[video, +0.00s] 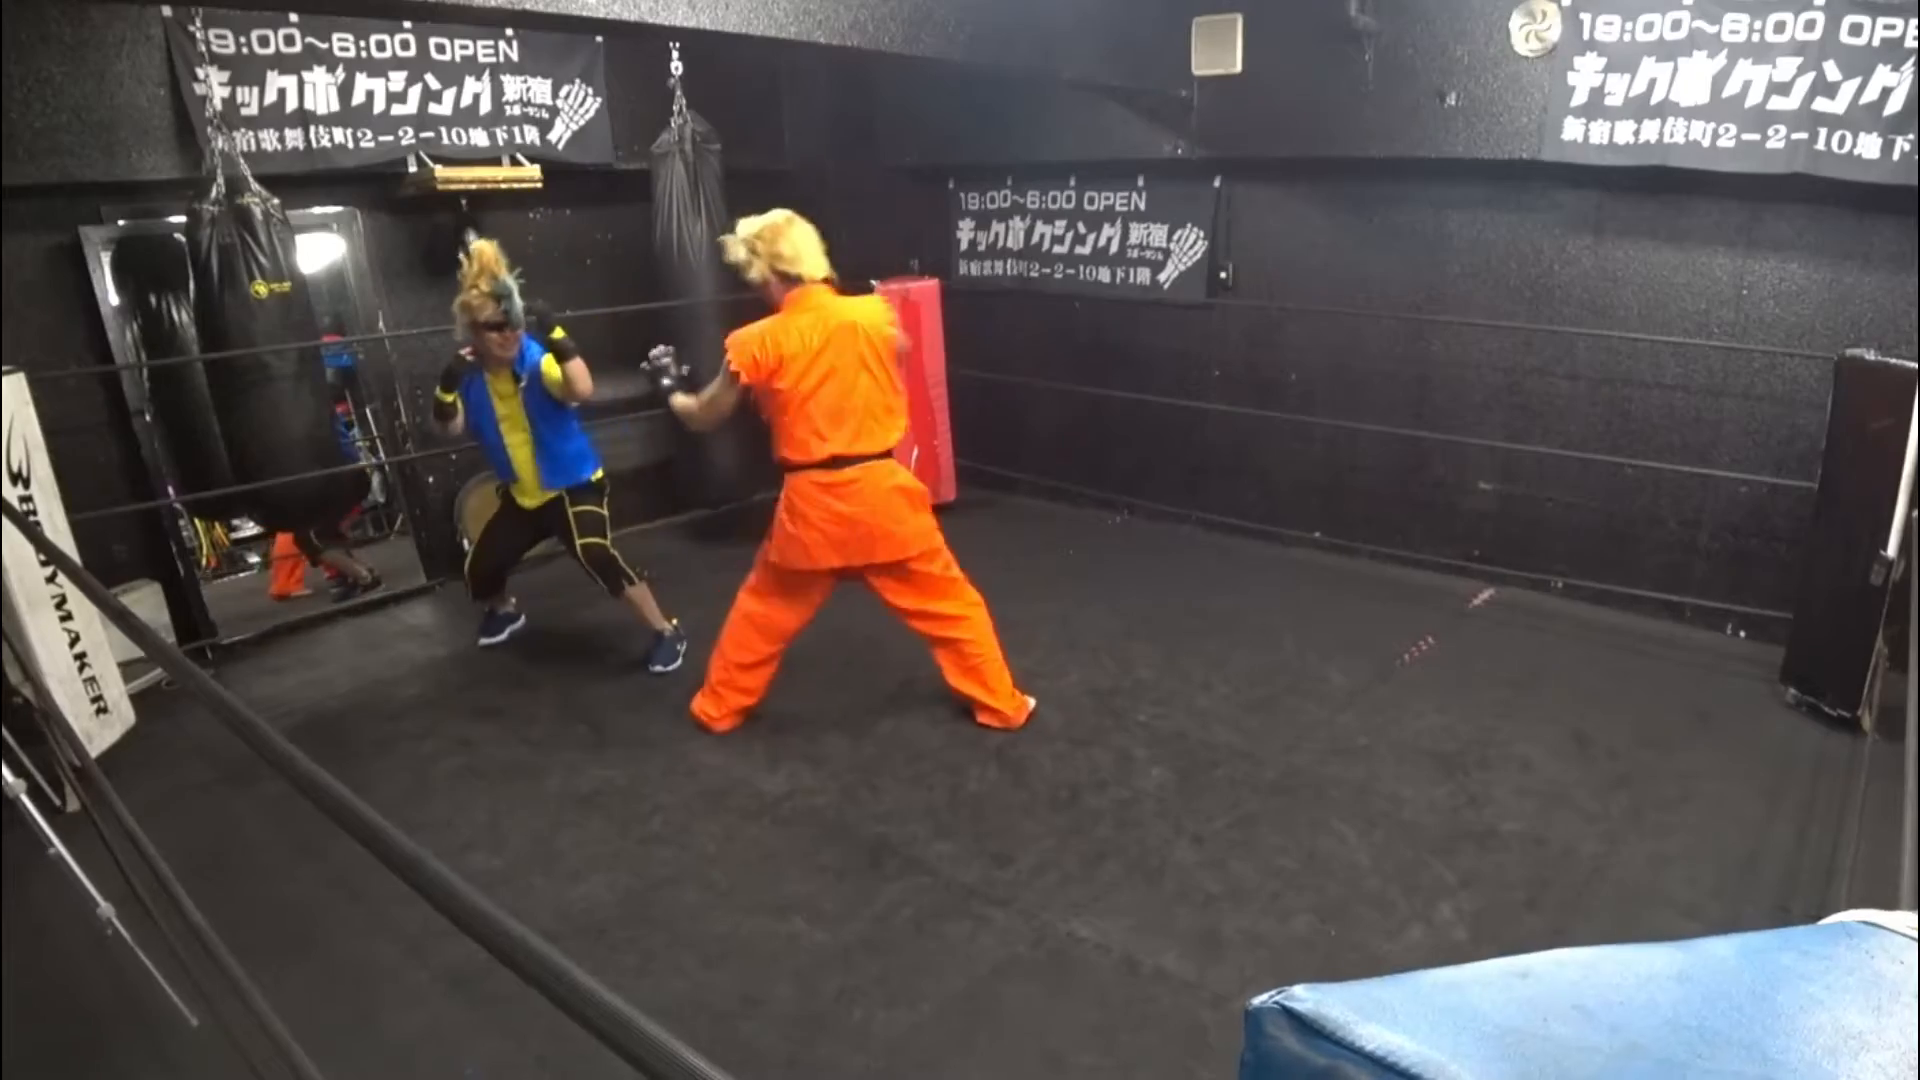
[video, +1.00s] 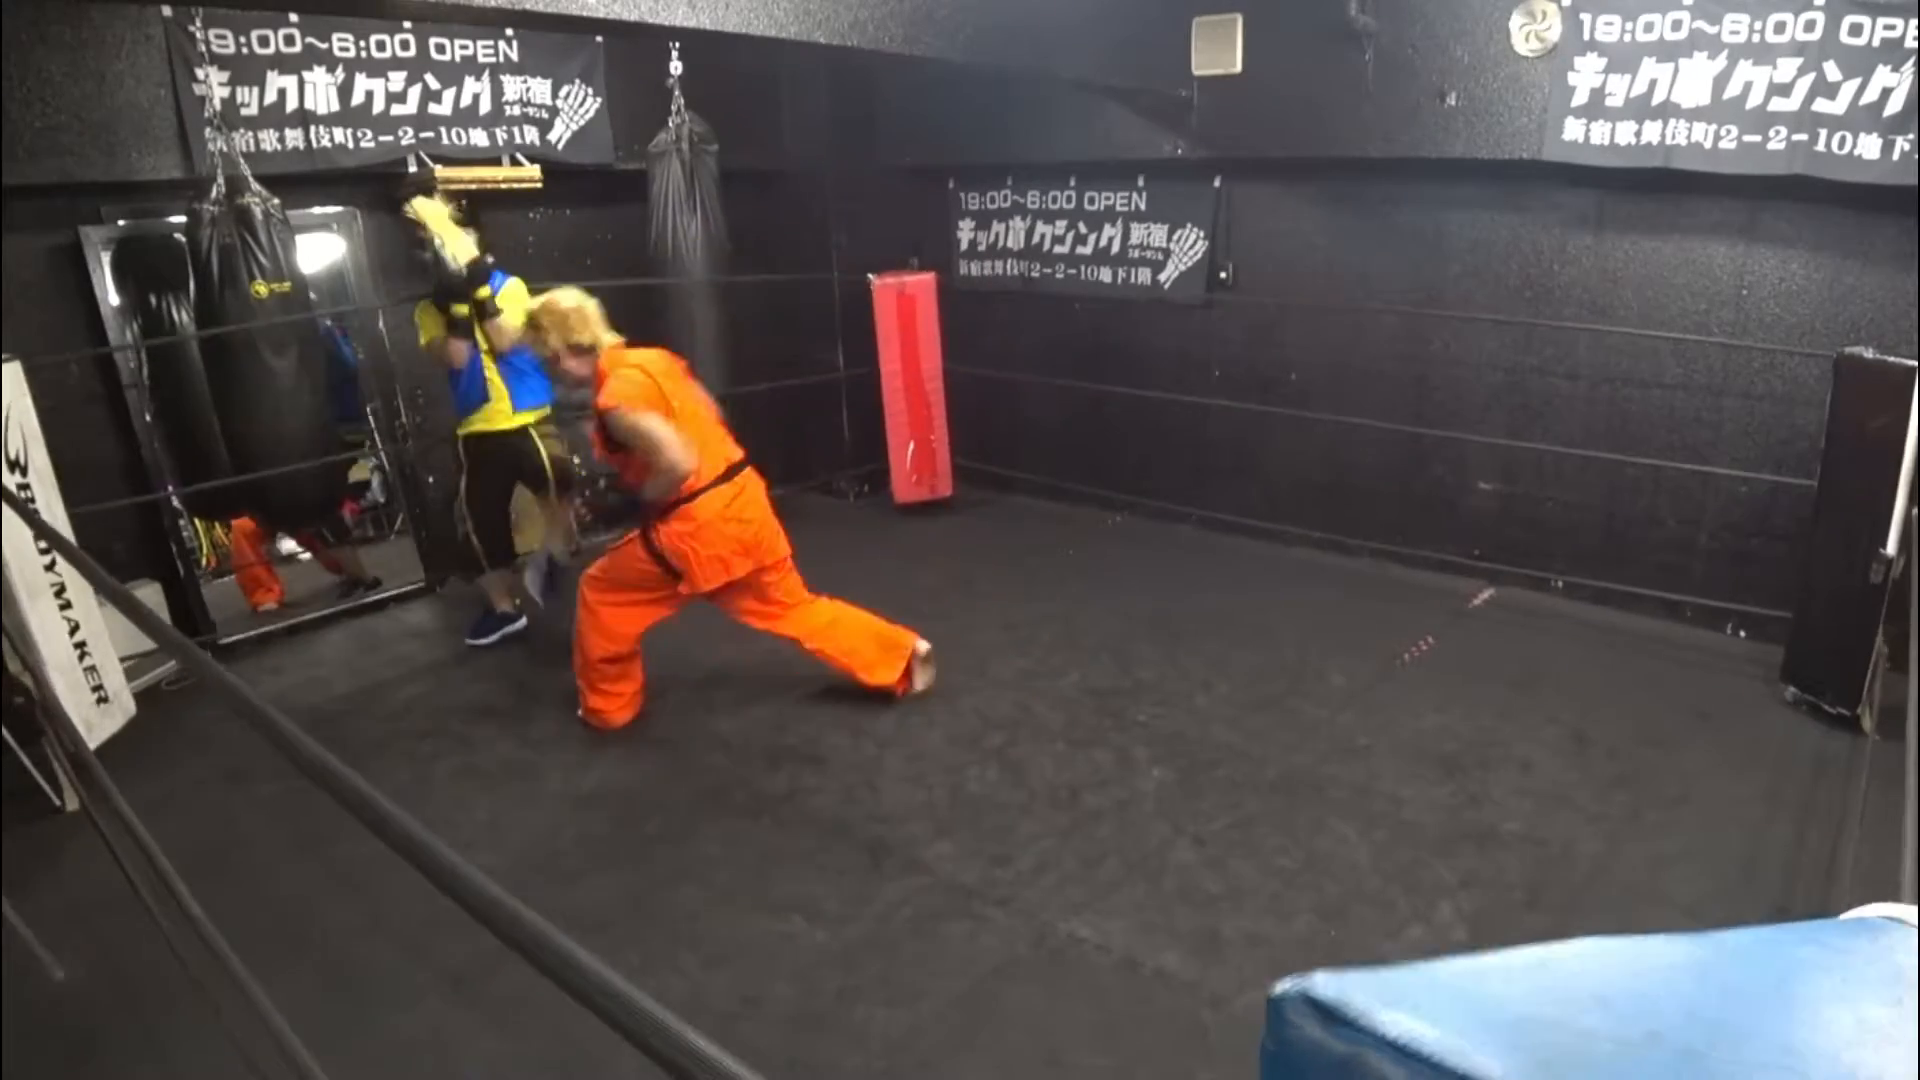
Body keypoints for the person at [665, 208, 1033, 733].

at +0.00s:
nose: (755, 290)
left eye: (756, 279)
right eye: (753, 279)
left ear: (773, 274)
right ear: (820, 262)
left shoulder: (759, 342)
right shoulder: (876, 315)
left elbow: (704, 414)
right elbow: (899, 356)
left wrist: (672, 390)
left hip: (813, 504)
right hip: (887, 493)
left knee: (766, 603)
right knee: (949, 599)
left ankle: (718, 707)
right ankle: (1002, 705)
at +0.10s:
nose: (779, 287)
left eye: (781, 277)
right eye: (779, 277)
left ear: (793, 280)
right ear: (846, 269)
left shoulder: (780, 345)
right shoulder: (892, 327)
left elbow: (715, 398)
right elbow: (976, 367)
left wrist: (684, 393)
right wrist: (929, 346)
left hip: (813, 510)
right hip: (887, 503)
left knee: (779, 607)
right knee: (958, 603)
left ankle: (723, 702)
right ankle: (1003, 704)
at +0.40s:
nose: (838, 306)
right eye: (834, 297)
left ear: (776, 314)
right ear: (828, 304)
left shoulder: (754, 373)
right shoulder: (851, 348)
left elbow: (684, 422)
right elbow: (917, 351)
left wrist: (678, 479)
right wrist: (976, 332)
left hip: (772, 526)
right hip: (846, 524)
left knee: (714, 605)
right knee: (928, 610)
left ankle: (646, 694)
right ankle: (1001, 703)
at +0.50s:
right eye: (763, 285)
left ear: (705, 304)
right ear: (764, 294)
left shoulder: (691, 366)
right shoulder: (798, 349)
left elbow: (659, 445)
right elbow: (843, 406)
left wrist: (677, 478)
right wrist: (881, 429)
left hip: (725, 521)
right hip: (800, 513)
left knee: (672, 608)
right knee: (882, 612)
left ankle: (630, 704)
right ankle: (987, 694)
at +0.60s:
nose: (624, 321)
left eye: (624, 312)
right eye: (621, 311)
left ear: (641, 310)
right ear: (685, 299)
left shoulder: (652, 371)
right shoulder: (738, 348)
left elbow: (666, 466)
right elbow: (789, 432)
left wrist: (639, 457)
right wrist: (734, 431)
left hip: (710, 524)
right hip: (771, 505)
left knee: (638, 605)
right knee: (823, 612)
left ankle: (619, 704)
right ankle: (931, 677)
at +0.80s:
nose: (560, 388)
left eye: (555, 375)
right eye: (550, 381)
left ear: (572, 351)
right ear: (575, 350)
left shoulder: (640, 382)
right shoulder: (619, 384)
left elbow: (731, 417)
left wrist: (665, 462)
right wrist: (628, 477)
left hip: (699, 529)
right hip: (730, 519)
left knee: (605, 596)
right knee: (760, 633)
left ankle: (610, 707)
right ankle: (878, 680)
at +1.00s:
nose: (552, 371)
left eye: (550, 360)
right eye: (547, 362)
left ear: (569, 349)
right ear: (593, 332)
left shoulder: (614, 398)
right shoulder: (656, 358)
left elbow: (676, 459)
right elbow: (708, 415)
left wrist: (645, 499)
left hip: (700, 527)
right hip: (748, 498)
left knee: (603, 589)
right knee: (790, 605)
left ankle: (608, 705)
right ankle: (903, 653)